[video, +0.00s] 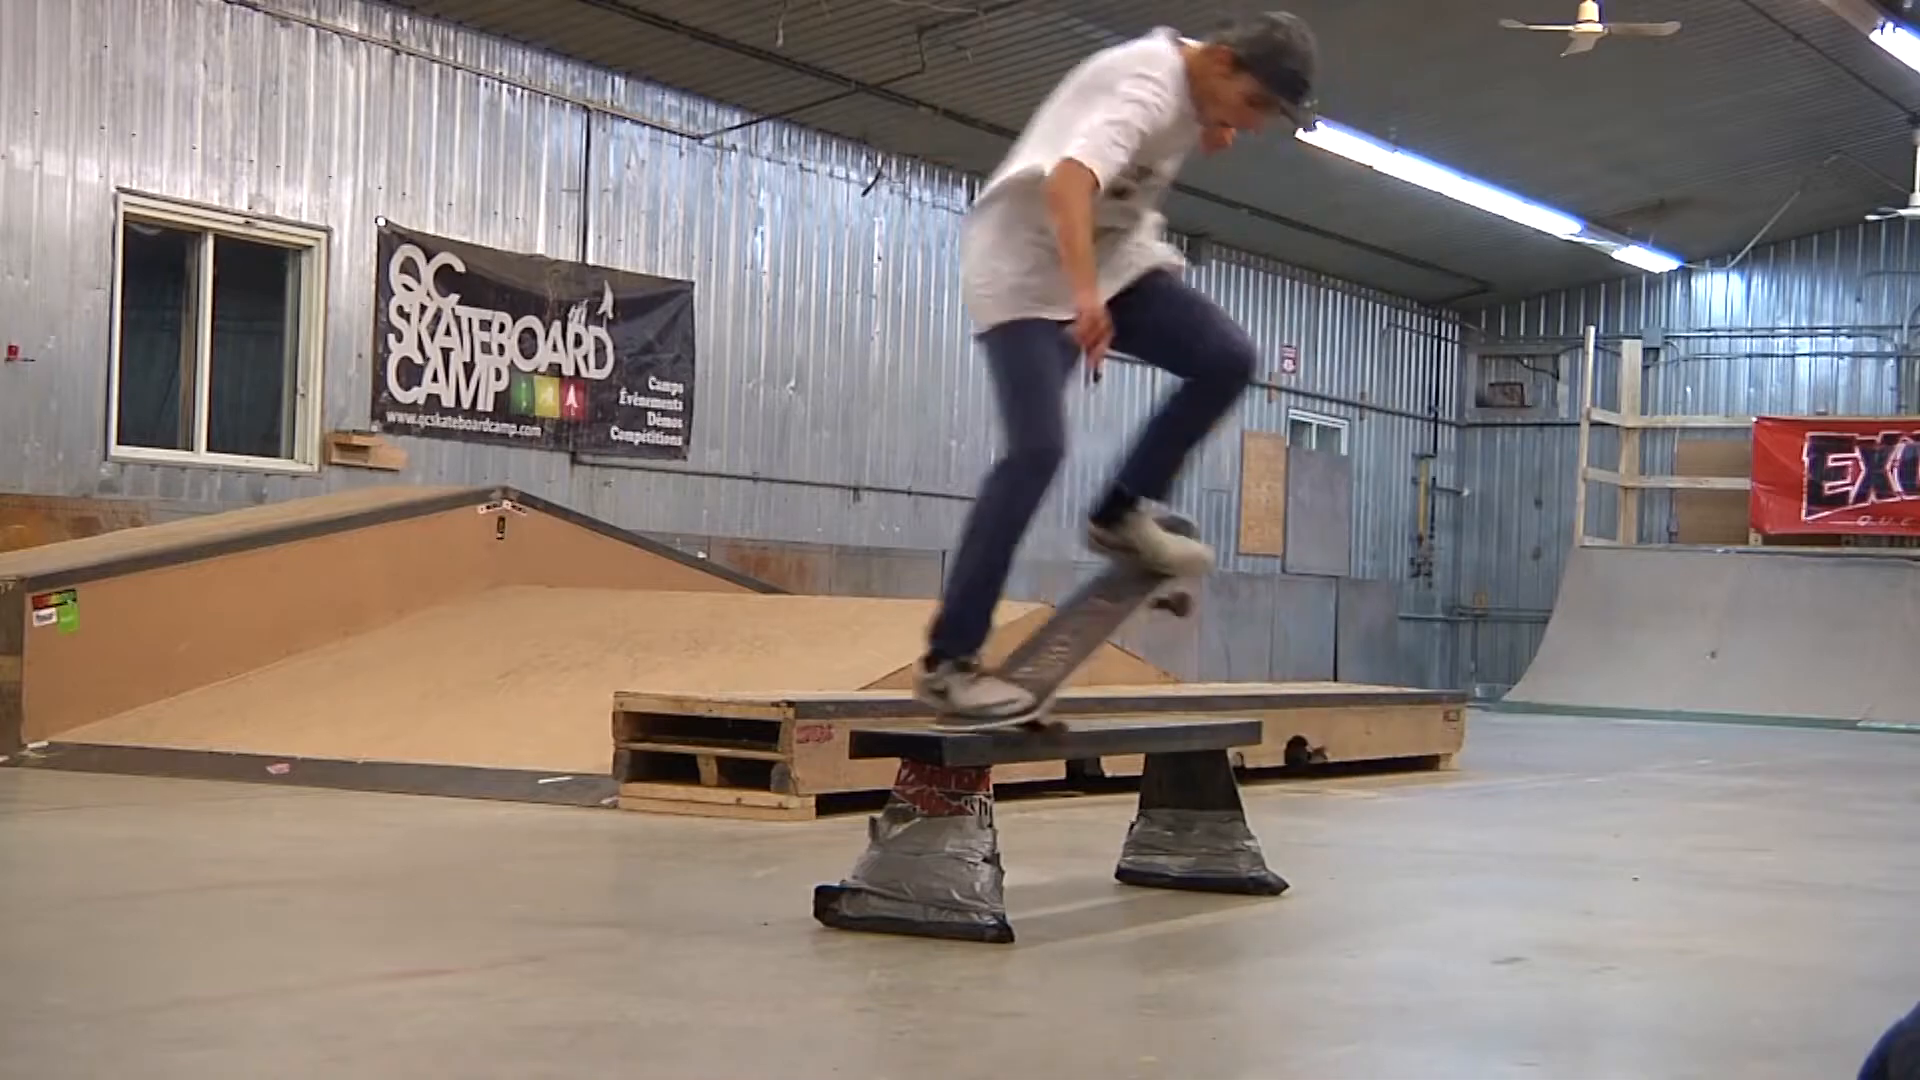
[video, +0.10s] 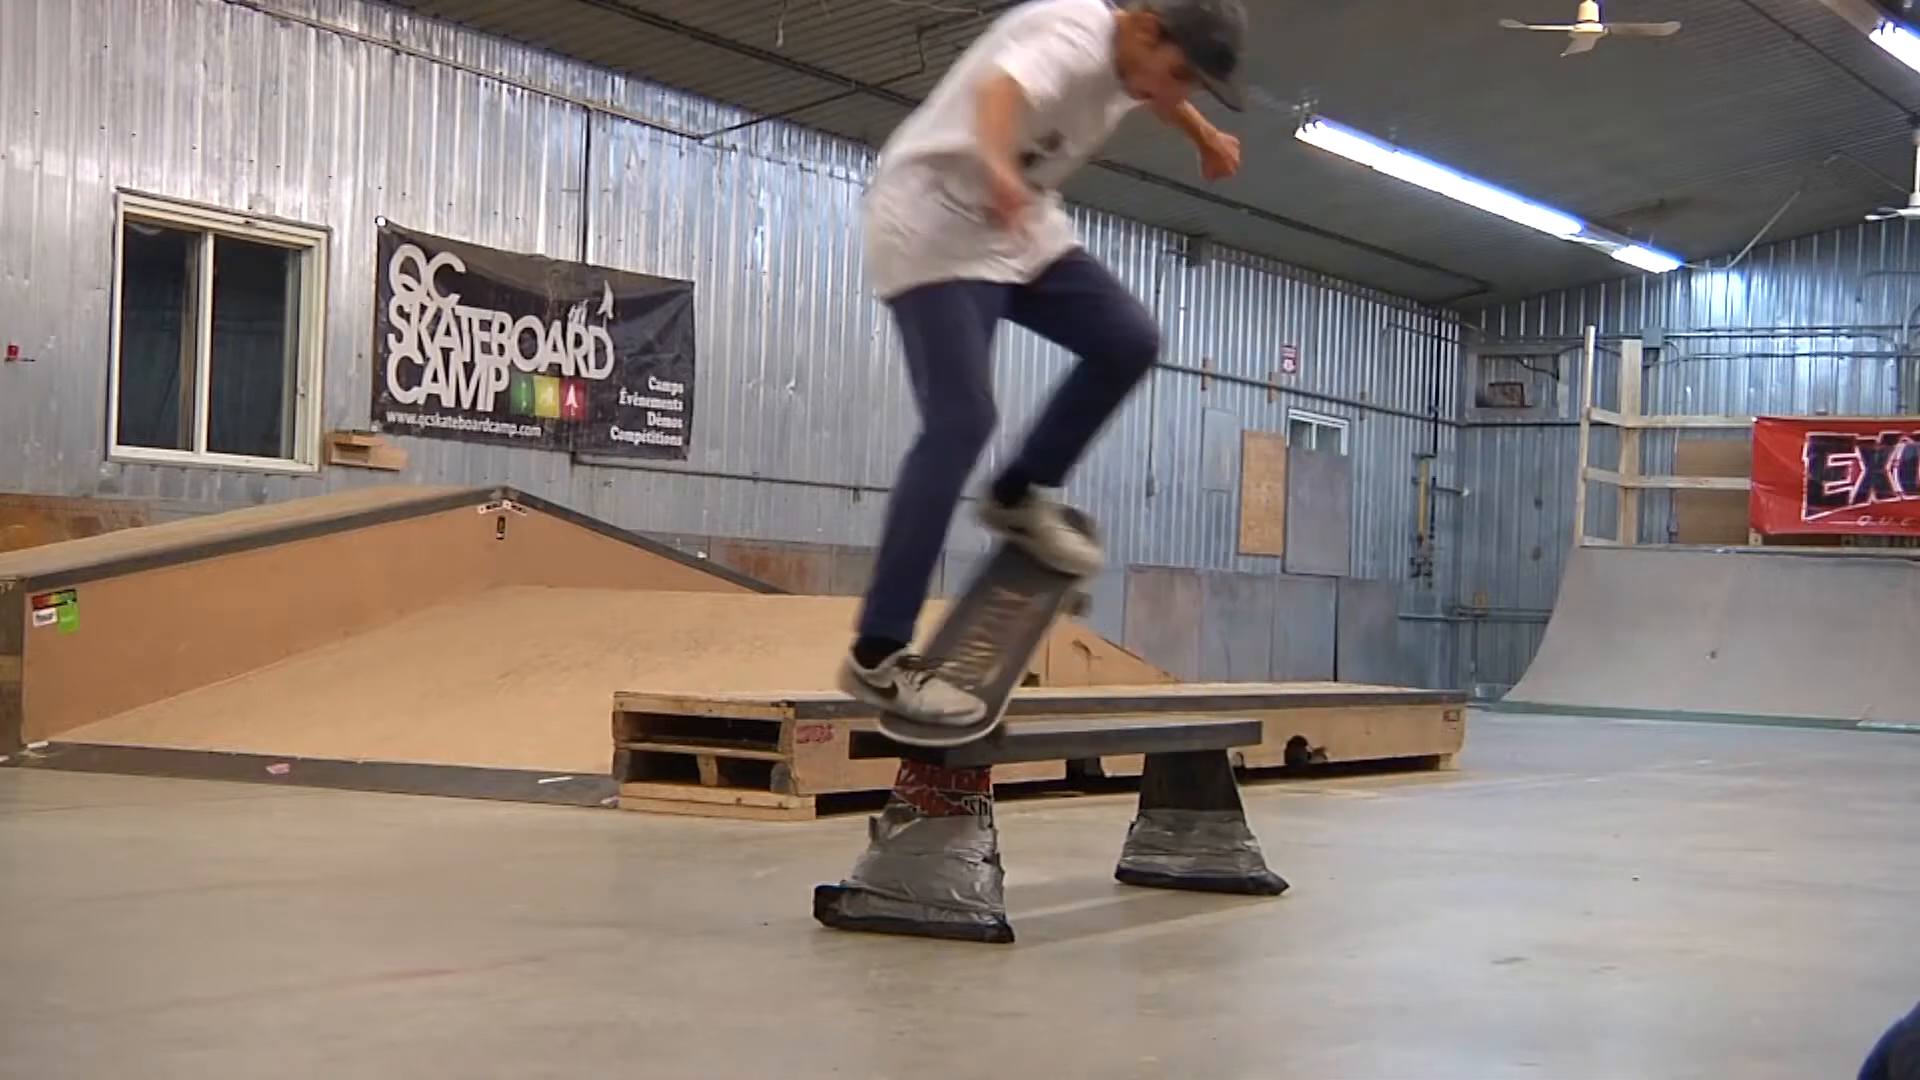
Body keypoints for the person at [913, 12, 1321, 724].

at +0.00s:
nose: (1246, 127)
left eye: (1259, 119)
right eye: (1250, 109)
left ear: (1233, 69)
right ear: (1226, 65)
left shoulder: (1188, 80)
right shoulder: (1146, 86)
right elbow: (1069, 178)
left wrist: (1200, 133)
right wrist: (1087, 296)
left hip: (1113, 261)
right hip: (1025, 261)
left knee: (1228, 361)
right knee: (1036, 448)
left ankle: (1119, 511)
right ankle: (948, 660)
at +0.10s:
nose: (1174, 90)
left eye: (1183, 82)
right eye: (1173, 74)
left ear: (1152, 35)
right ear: (1146, 32)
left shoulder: (1127, 48)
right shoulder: (1071, 38)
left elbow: (1158, 92)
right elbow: (998, 87)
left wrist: (1207, 138)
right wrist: (1001, 164)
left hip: (1019, 225)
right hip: (931, 219)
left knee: (1128, 341)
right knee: (960, 419)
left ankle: (1017, 492)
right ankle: (877, 657)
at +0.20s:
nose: (1105, 84)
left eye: (1117, 76)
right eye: (1106, 65)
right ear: (1070, 19)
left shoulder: (1068, 79)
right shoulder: (977, 29)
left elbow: (1143, 115)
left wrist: (1227, 167)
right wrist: (802, 8)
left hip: (907, 200)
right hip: (825, 189)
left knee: (1027, 359)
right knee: (933, 386)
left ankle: (858, 496)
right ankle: (846, 623)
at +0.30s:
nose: (1016, 96)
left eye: (1032, 87)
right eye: (1019, 73)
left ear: (1028, 78)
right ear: (982, 22)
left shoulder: (997, 107)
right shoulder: (880, 23)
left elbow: (1107, 156)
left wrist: (1236, 211)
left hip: (751, 236)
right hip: (752, 223)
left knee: (856, 454)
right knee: (887, 432)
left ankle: (675, 601)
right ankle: (796, 673)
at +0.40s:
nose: (932, 132)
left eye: (944, 121)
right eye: (930, 109)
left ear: (938, 110)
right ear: (886, 65)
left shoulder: (904, 158)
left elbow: (1015, 215)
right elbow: (633, 22)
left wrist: (1140, 245)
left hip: (620, 343)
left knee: (629, 605)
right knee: (748, 608)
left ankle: (485, 805)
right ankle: (736, 839)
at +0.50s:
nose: (840, 237)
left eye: (854, 226)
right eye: (842, 214)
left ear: (852, 210)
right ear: (804, 164)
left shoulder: (794, 262)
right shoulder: (696, 189)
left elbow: (880, 314)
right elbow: (517, 202)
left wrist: (970, 313)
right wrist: (367, 253)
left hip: (498, 418)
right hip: (586, 439)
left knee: (503, 669)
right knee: (658, 672)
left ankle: (364, 867)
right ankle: (669, 895)